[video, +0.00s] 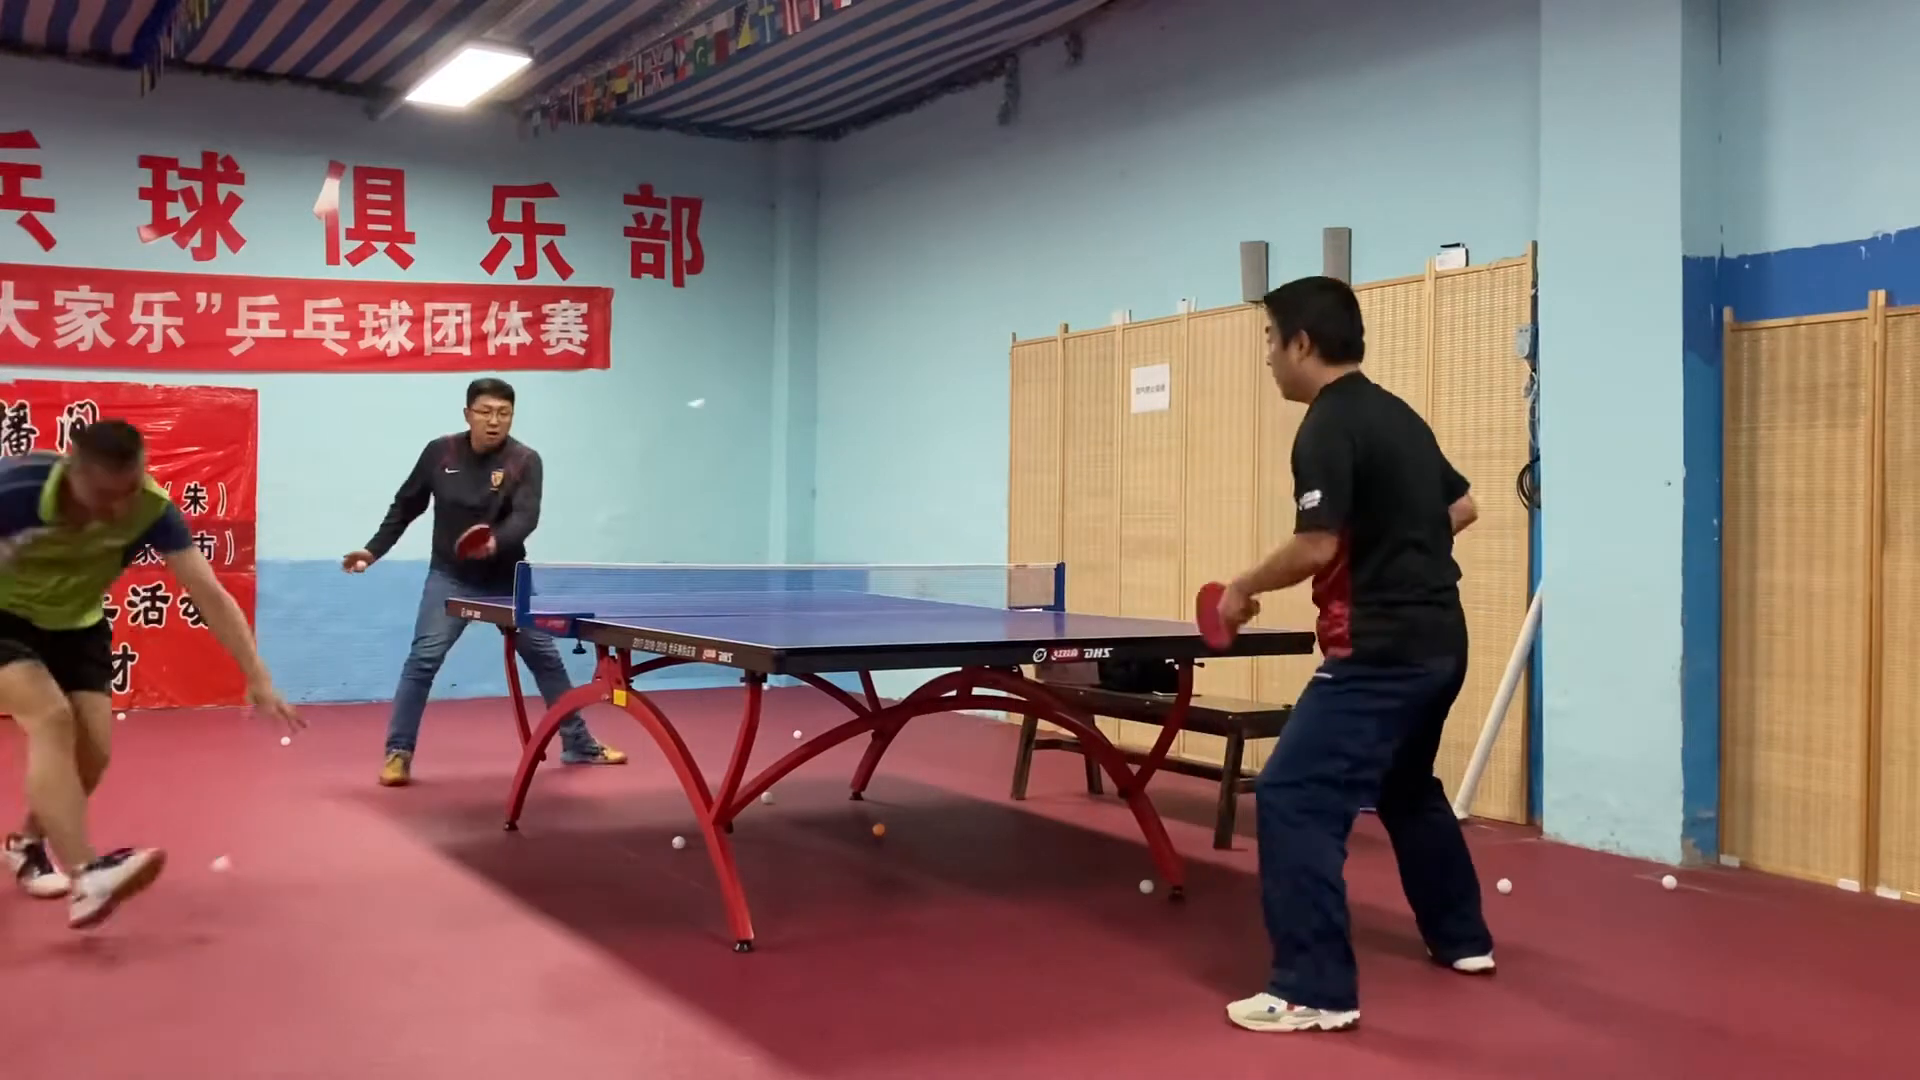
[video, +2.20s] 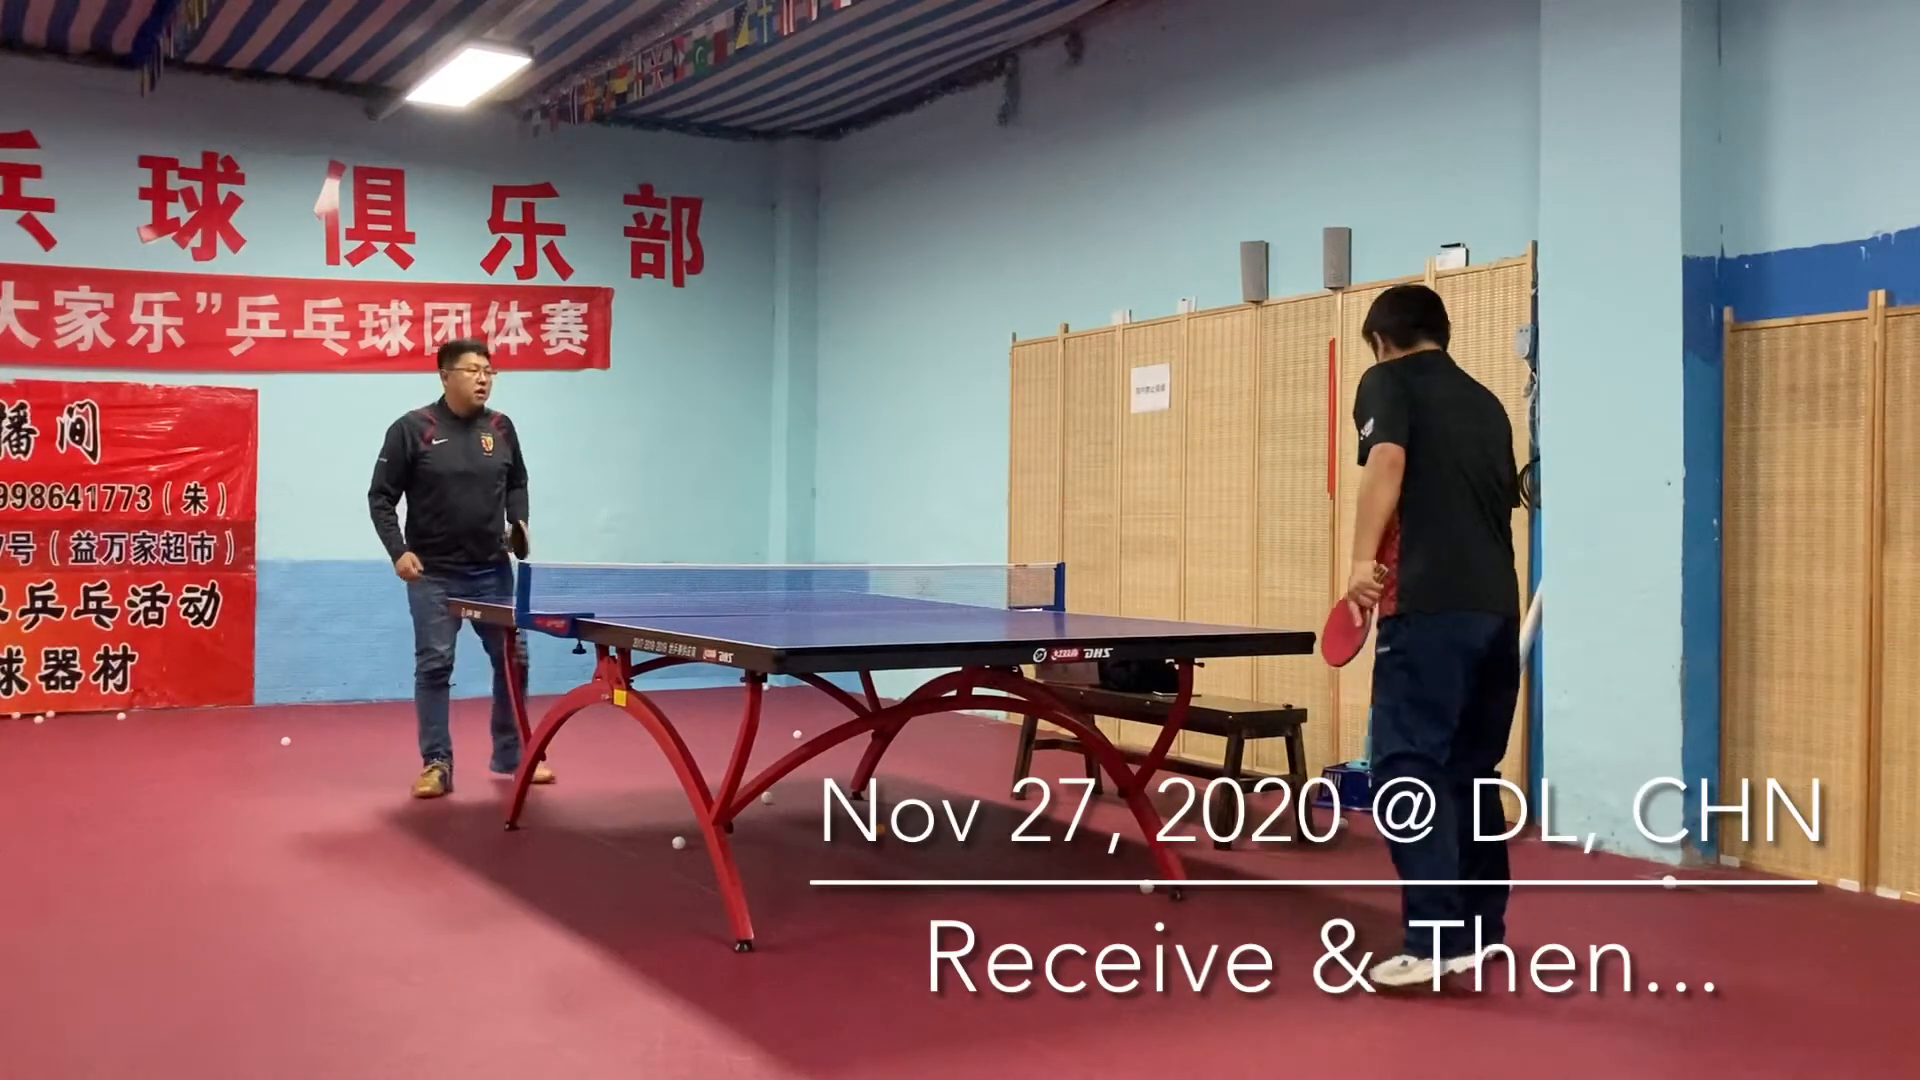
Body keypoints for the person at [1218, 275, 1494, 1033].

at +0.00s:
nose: (1268, 356)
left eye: (1273, 341)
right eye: (1269, 341)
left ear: (1301, 343)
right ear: (1342, 343)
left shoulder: (1328, 423)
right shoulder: (1398, 412)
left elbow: (1317, 545)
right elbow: (1459, 506)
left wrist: (1246, 586)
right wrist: (1371, 548)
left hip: (1381, 651)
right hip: (1438, 648)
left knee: (1294, 793)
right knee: (1406, 786)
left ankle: (1316, 988)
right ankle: (1463, 941)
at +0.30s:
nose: (1281, 416)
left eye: (1279, 401)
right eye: (1279, 402)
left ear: (1298, 397)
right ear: (1354, 389)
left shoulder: (1310, 474)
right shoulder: (1428, 448)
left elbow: (1277, 596)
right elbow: (1490, 552)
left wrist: (1344, 615)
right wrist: (1411, 595)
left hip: (1403, 672)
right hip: (1479, 666)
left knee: (1291, 797)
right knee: (1424, 781)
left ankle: (1311, 989)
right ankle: (1465, 940)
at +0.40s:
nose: (1297, 425)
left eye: (1295, 410)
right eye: (1295, 410)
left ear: (1315, 403)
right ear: (1368, 393)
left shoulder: (1319, 483)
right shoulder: (1454, 447)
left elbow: (1315, 597)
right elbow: (1527, 539)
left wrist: (1366, 549)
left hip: (1410, 674)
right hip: (1492, 670)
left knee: (1305, 799)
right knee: (1433, 780)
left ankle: (1312, 988)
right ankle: (1466, 939)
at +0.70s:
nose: (1342, 367)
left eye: (1343, 352)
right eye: (1342, 353)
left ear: (1366, 352)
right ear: (1421, 347)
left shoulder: (1374, 435)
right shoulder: (1495, 412)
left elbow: (1360, 557)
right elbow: (1564, 496)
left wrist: (1394, 579)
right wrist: (1560, 595)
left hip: (1446, 639)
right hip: (1516, 638)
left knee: (1378, 787)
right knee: (1454, 783)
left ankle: (1381, 981)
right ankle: (1467, 938)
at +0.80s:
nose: (1363, 347)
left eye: (1365, 332)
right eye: (1364, 332)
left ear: (1389, 331)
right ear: (1439, 328)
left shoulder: (1395, 416)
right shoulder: (1501, 398)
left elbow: (1378, 544)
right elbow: (1561, 493)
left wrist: (1365, 605)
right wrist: (1522, 574)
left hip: (1448, 637)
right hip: (1515, 636)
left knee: (1393, 792)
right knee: (1461, 787)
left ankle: (1463, 977)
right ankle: (1470, 959)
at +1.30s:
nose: (1395, 299)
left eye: (1398, 282)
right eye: (1397, 282)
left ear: (1429, 281)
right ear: (1468, 282)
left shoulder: (1460, 360)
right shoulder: (1500, 360)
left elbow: (1477, 485)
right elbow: (1539, 480)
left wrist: (1483, 591)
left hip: (1465, 625)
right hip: (1500, 617)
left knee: (1471, 803)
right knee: (1492, 791)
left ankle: (1514, 994)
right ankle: (1526, 953)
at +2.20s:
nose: (1373, 357)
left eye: (1372, 349)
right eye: (1372, 350)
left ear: (1382, 341)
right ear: (1444, 337)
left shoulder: (1388, 378)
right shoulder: (1488, 402)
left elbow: (1386, 462)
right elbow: (1507, 500)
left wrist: (1361, 559)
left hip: (1426, 611)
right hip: (1496, 614)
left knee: (1405, 772)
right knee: (1472, 774)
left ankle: (1432, 939)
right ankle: (1479, 935)